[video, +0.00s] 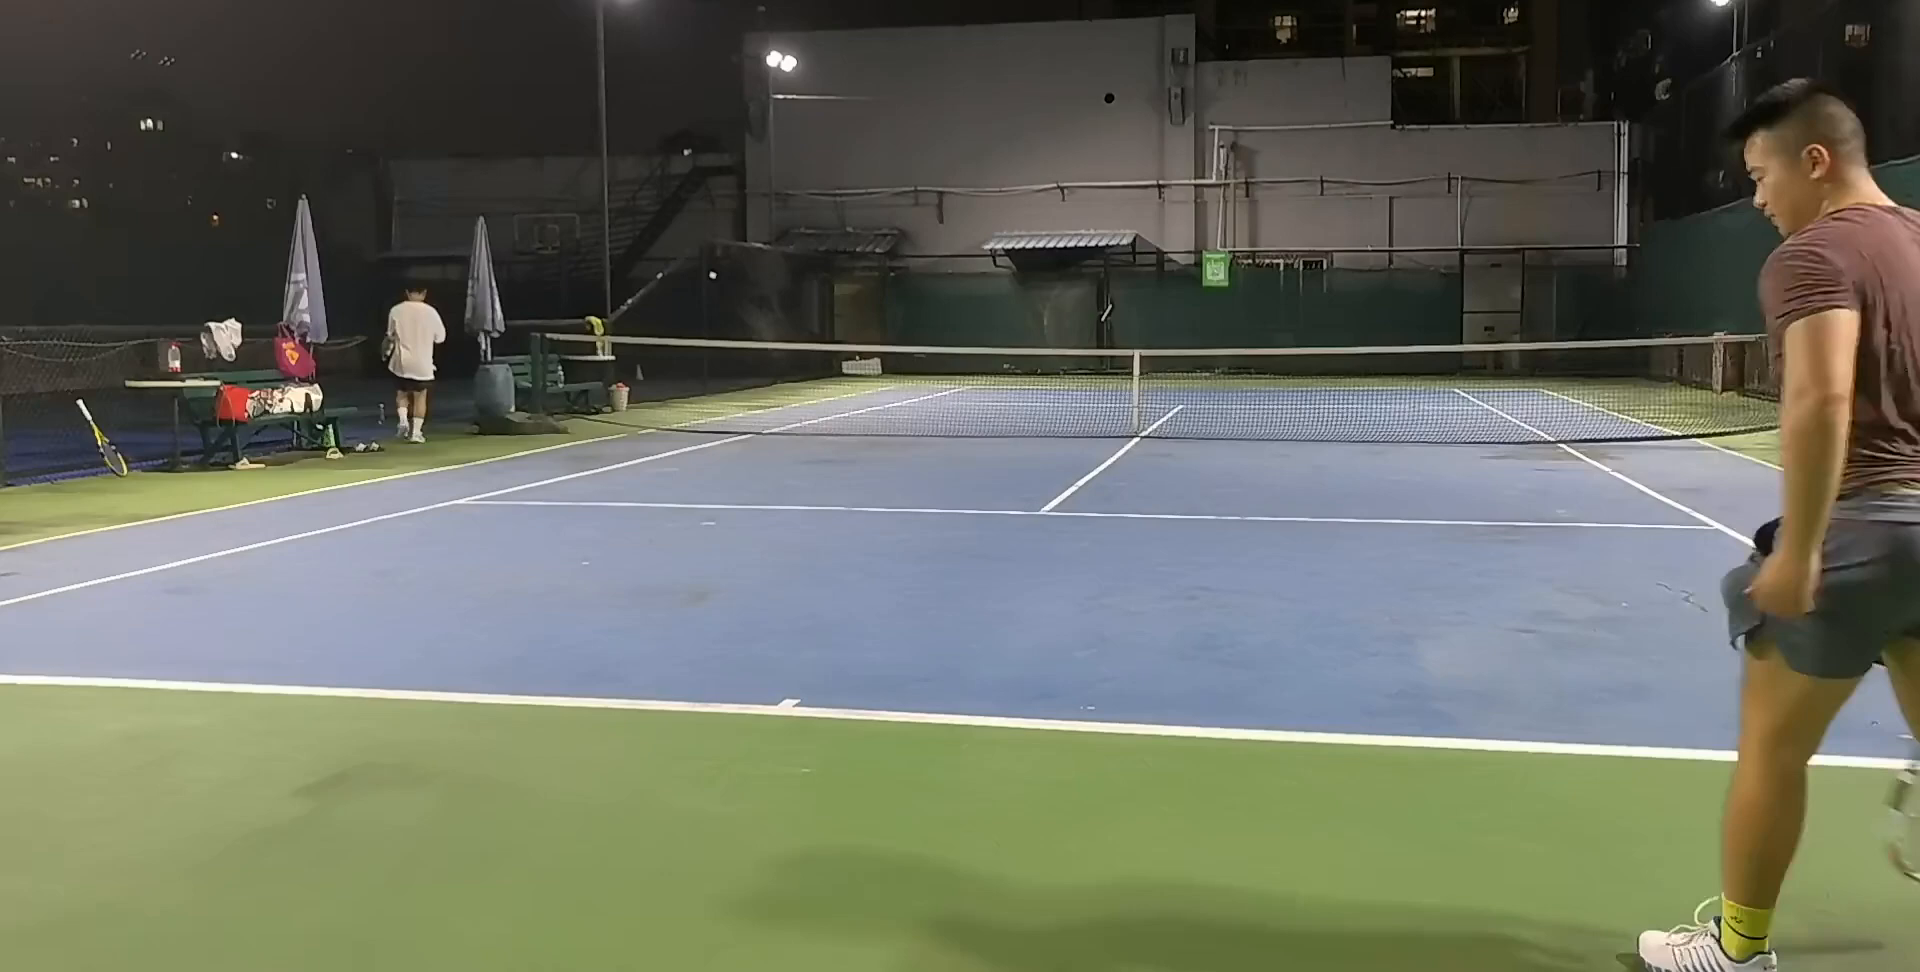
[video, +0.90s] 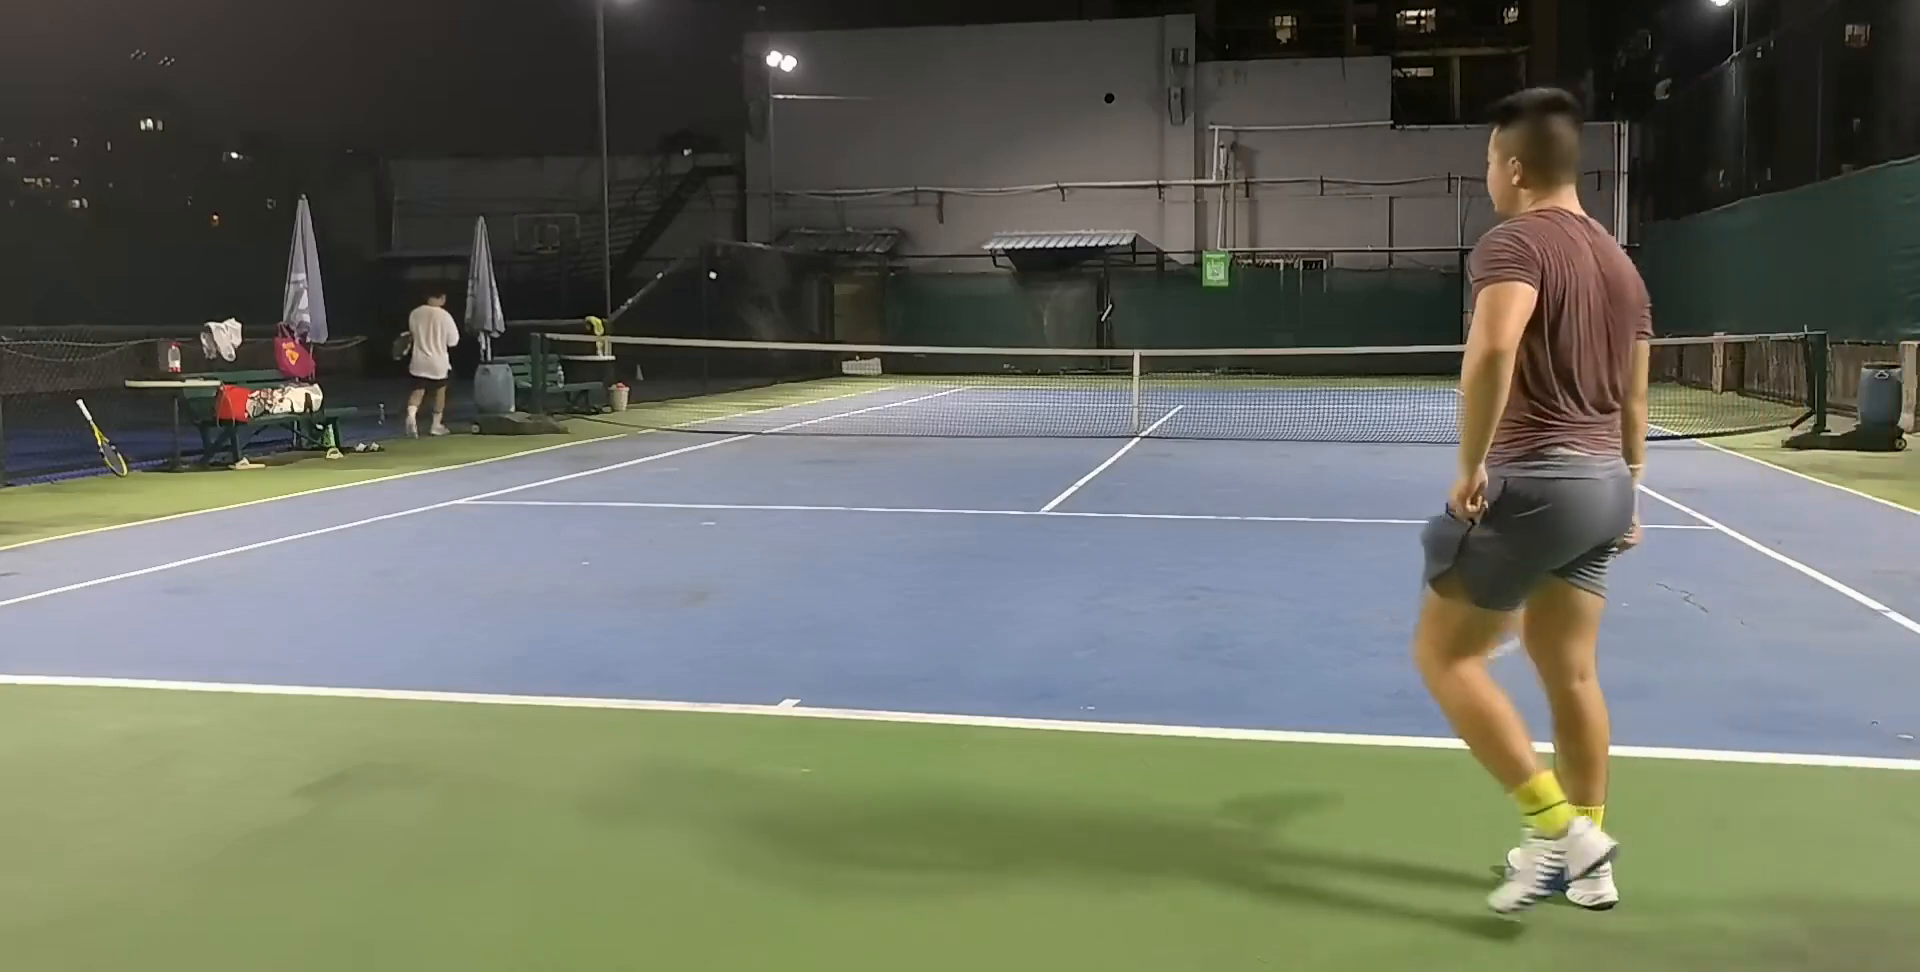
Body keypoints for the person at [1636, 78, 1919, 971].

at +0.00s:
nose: (1757, 201)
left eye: (1762, 179)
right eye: (1753, 183)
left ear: (1820, 162)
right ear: (1833, 162)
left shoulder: (1813, 255)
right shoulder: (1911, 234)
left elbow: (1823, 400)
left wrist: (1796, 551)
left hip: (1858, 530)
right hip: (1917, 521)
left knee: (1773, 747)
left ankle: (1738, 943)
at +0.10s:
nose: (1722, 188)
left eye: (1727, 166)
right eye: (1718, 169)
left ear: (1783, 155)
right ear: (1809, 155)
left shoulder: (1769, 260)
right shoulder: (1903, 237)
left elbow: (1753, 416)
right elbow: (1901, 394)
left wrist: (1709, 555)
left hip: (1814, 521)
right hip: (1907, 513)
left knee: (1745, 743)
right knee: (1899, 732)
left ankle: (1739, 943)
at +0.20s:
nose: (1684, 184)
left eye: (1691, 163)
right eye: (1681, 165)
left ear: (1747, 153)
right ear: (1769, 155)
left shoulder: (1725, 261)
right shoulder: (1880, 249)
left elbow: (1672, 419)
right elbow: (1905, 400)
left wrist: (1605, 530)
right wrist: (1897, 496)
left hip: (1769, 514)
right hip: (1871, 513)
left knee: (1723, 739)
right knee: (1828, 714)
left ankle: (1740, 944)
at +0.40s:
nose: (1621, 183)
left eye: (1627, 164)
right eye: (1618, 165)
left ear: (1680, 157)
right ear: (1705, 158)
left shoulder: (1650, 265)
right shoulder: (1805, 253)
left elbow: (1565, 396)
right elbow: (1836, 398)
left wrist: (1504, 443)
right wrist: (1840, 496)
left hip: (1694, 512)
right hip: (1788, 508)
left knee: (1702, 736)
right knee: (1699, 696)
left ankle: (1740, 939)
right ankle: (1721, 879)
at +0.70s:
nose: (1540, 178)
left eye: (1546, 163)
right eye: (1542, 162)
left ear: (1582, 168)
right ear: (1626, 169)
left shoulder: (1555, 250)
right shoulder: (1694, 268)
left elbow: (1506, 380)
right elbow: (1725, 411)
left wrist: (1479, 482)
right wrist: (1735, 513)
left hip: (1590, 497)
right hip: (1672, 496)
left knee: (1587, 708)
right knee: (1595, 682)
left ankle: (1703, 898)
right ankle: (1581, 856)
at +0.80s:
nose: (1516, 180)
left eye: (1520, 165)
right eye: (1518, 166)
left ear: (1550, 169)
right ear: (1606, 170)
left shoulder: (1533, 244)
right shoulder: (1659, 268)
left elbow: (1500, 360)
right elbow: (1680, 408)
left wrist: (1478, 478)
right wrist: (1681, 508)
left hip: (1551, 491)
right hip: (1641, 490)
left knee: (1503, 681)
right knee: (1583, 669)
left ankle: (1643, 842)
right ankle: (1580, 851)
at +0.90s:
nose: (1489, 175)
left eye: (1492, 161)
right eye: (1491, 161)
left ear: (1513, 166)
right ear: (1570, 167)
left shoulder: (1511, 242)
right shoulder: (1619, 262)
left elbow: (1494, 351)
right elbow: (1633, 399)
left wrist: (1470, 466)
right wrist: (1629, 491)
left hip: (1529, 482)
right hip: (1605, 479)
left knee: (1443, 655)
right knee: (1570, 666)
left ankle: (1556, 825)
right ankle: (1588, 859)